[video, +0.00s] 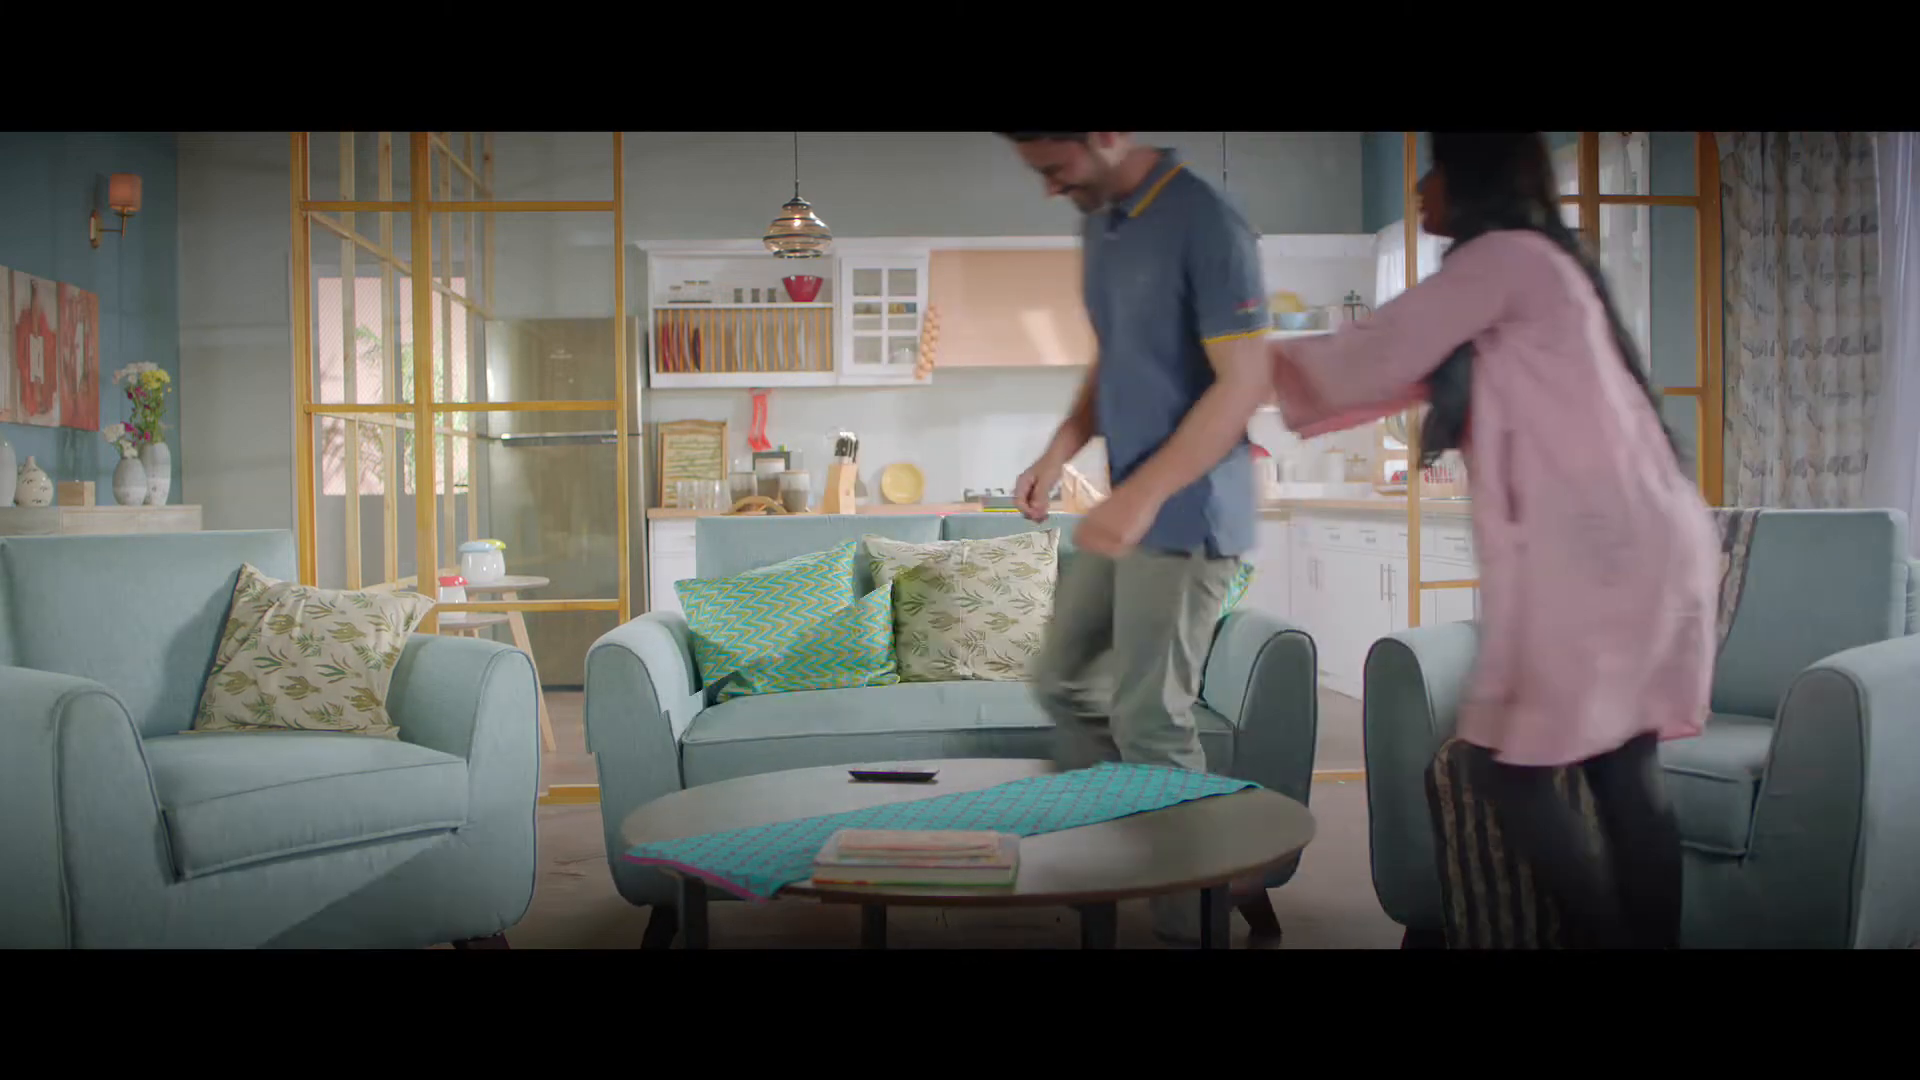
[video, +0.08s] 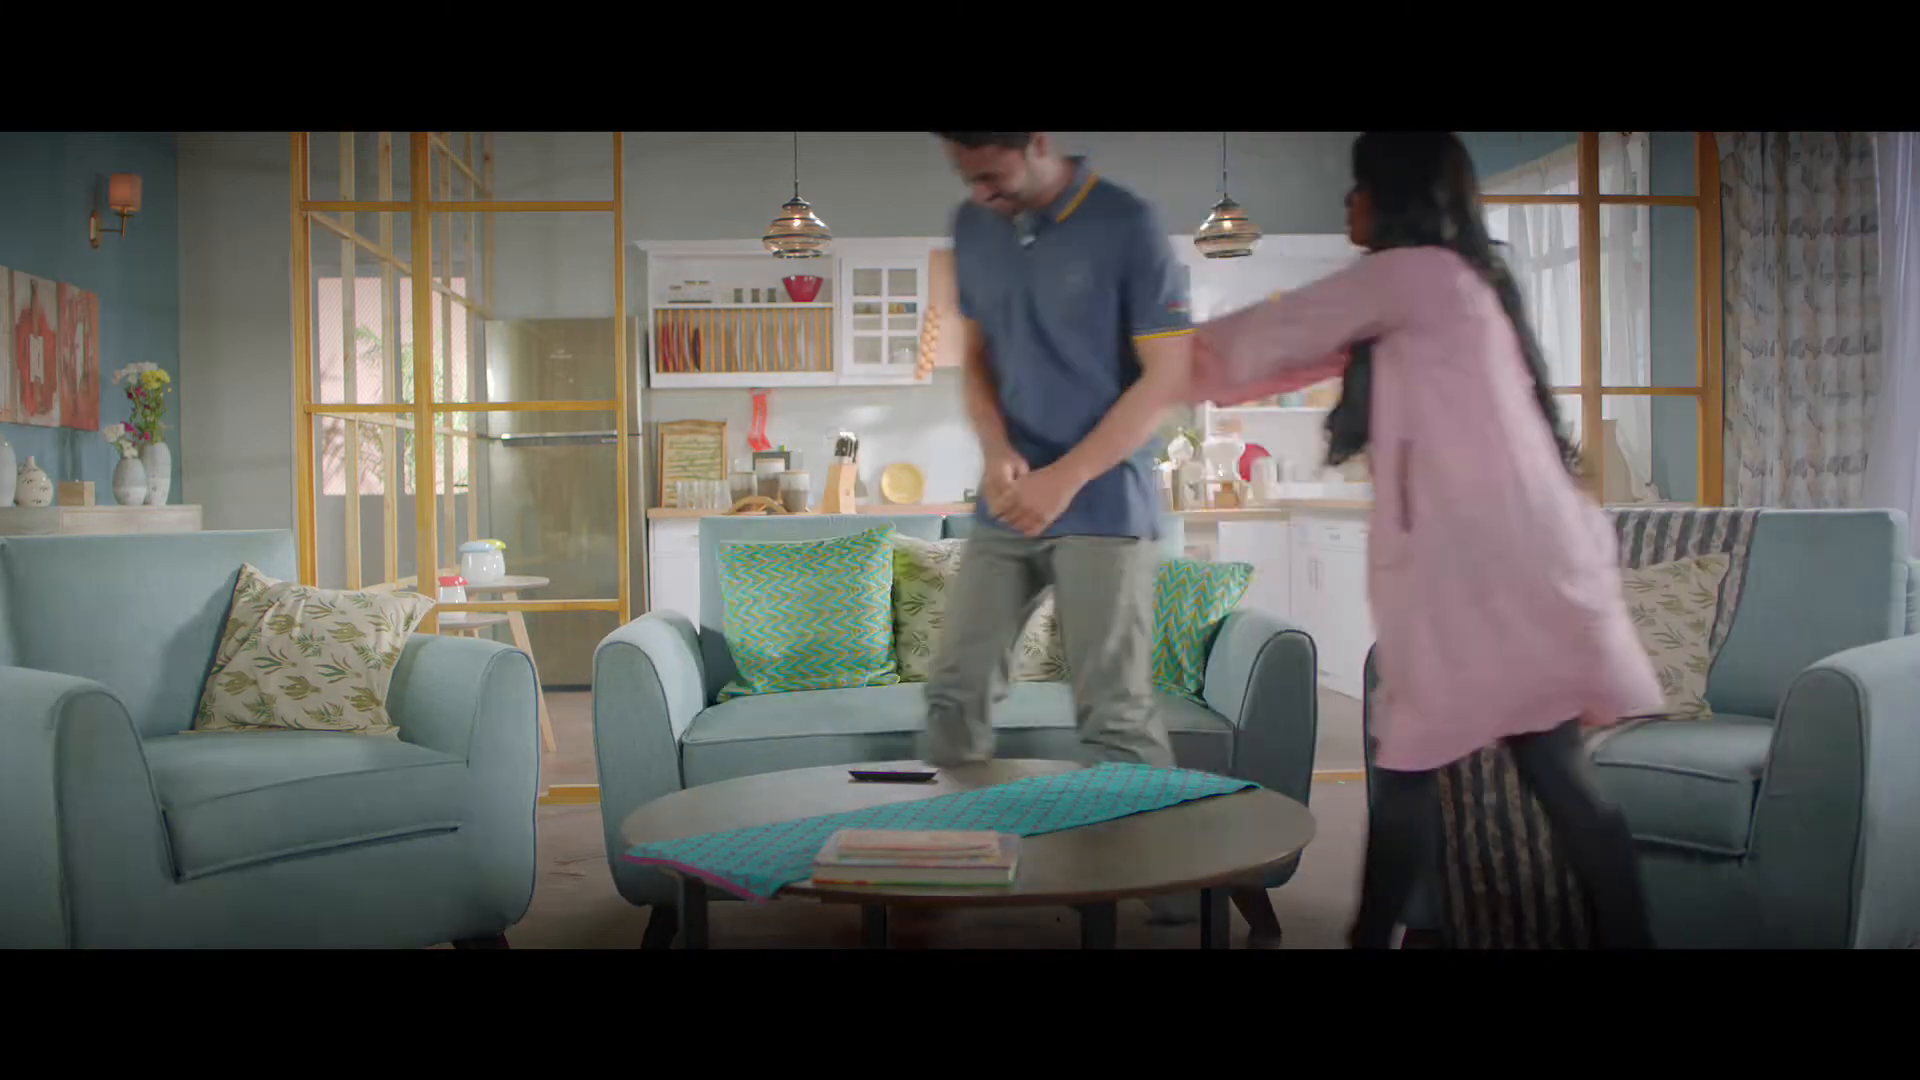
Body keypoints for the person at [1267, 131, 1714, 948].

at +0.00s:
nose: (1418, 193)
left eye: (1429, 172)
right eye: (1423, 173)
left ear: (1466, 177)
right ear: (1515, 180)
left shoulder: (1505, 258)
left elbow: (1373, 353)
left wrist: (1259, 360)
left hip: (1597, 562)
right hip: (1656, 552)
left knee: (1515, 771)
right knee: (1622, 764)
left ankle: (1598, 936)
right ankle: (1651, 941)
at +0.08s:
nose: (1347, 203)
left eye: (1359, 186)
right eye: (1352, 186)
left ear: (1394, 194)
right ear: (1442, 194)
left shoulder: (1412, 273)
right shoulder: (1460, 281)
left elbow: (1278, 327)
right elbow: (1309, 355)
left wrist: (1182, 349)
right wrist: (1192, 371)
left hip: (1483, 573)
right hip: (1537, 567)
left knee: (1399, 757)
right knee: (1555, 767)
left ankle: (1375, 935)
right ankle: (1628, 936)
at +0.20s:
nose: (1286, 198)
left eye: (1294, 185)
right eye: (1290, 183)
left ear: (1317, 194)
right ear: (1377, 193)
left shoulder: (1319, 278)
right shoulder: (1384, 282)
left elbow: (1198, 315)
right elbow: (1265, 368)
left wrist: (1099, 307)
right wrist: (1179, 398)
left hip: (1364, 557)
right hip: (1432, 548)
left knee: (1324, 764)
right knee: (1394, 751)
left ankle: (1343, 943)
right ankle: (1537, 885)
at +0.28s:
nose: (1245, 189)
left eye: (1253, 172)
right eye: (1248, 173)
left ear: (1281, 180)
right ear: (1342, 182)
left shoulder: (1289, 268)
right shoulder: (1352, 274)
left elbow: (1148, 315)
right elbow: (1289, 386)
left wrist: (1094, 283)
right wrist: (1213, 442)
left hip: (1331, 541)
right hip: (1397, 528)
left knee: (1316, 762)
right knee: (1341, 735)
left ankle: (1343, 943)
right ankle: (1409, 871)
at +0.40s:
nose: (1200, 195)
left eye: (1210, 179)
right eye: (1201, 181)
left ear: (1253, 181)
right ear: (1278, 184)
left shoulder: (1267, 266)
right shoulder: (1265, 273)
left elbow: (1116, 282)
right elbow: (1233, 411)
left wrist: (1080, 218)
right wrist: (1150, 459)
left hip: (1274, 545)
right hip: (1231, 543)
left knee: (1275, 753)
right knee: (1179, 708)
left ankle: (1336, 938)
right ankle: (1184, 892)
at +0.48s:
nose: (1174, 193)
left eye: (1183, 178)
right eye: (1176, 180)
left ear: (1223, 180)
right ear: (1237, 181)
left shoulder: (1256, 272)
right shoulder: (1216, 281)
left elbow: (1109, 273)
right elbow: (1160, 416)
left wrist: (1090, 182)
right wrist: (1081, 472)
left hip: (1242, 542)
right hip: (1182, 544)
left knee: (1246, 735)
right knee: (1132, 698)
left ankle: (1328, 932)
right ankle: (1134, 892)